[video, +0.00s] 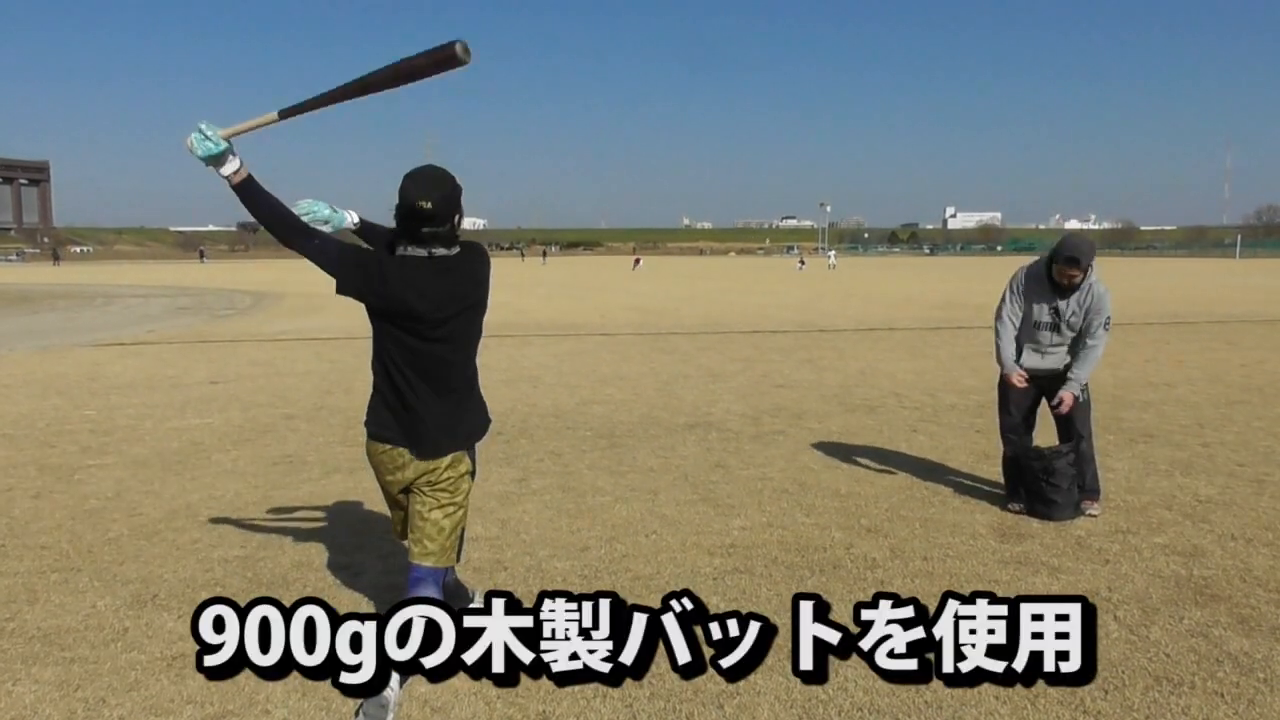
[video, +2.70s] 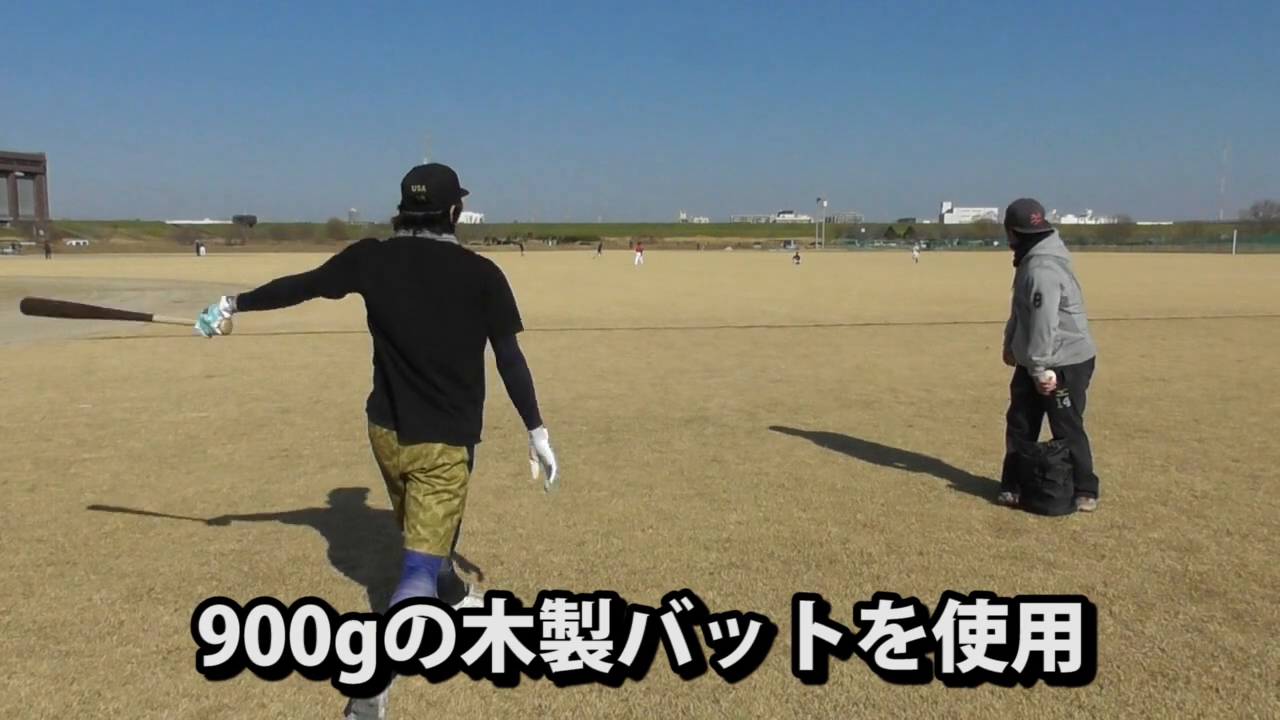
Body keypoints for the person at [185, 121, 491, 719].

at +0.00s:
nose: (450, 216)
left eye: (410, 208)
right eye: (454, 210)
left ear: (400, 217)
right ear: (457, 221)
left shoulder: (379, 271)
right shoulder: (475, 264)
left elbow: (297, 233)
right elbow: (409, 243)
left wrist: (233, 169)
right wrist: (349, 221)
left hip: (387, 437)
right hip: (452, 439)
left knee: (424, 540)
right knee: (426, 570)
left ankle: (464, 607)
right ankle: (387, 686)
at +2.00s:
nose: (451, 207)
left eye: (412, 199)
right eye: (451, 201)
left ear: (399, 207)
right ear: (452, 211)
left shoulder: (375, 259)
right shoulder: (479, 263)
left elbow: (292, 220)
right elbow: (449, 243)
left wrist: (225, 163)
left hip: (385, 432)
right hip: (447, 437)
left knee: (424, 535)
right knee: (421, 567)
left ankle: (455, 596)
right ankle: (376, 690)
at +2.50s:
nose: (460, 207)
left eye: (453, 199)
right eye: (457, 201)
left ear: (400, 206)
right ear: (451, 209)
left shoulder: (374, 257)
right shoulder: (480, 265)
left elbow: (294, 245)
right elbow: (495, 317)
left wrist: (215, 224)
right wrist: (445, 287)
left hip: (385, 434)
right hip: (445, 438)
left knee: (422, 536)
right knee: (420, 569)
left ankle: (454, 598)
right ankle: (373, 689)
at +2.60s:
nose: (462, 209)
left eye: (456, 200)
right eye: (459, 203)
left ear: (402, 206)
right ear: (452, 209)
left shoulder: (373, 257)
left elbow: (293, 264)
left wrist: (216, 261)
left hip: (384, 431)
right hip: (446, 439)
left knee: (422, 531)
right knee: (422, 565)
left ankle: (458, 598)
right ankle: (372, 690)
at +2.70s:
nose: (461, 213)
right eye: (460, 207)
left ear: (403, 209)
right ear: (453, 212)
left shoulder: (372, 257)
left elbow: (305, 284)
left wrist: (234, 303)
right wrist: (537, 430)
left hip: (386, 432)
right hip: (446, 440)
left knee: (421, 534)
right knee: (419, 567)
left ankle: (452, 597)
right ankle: (372, 691)